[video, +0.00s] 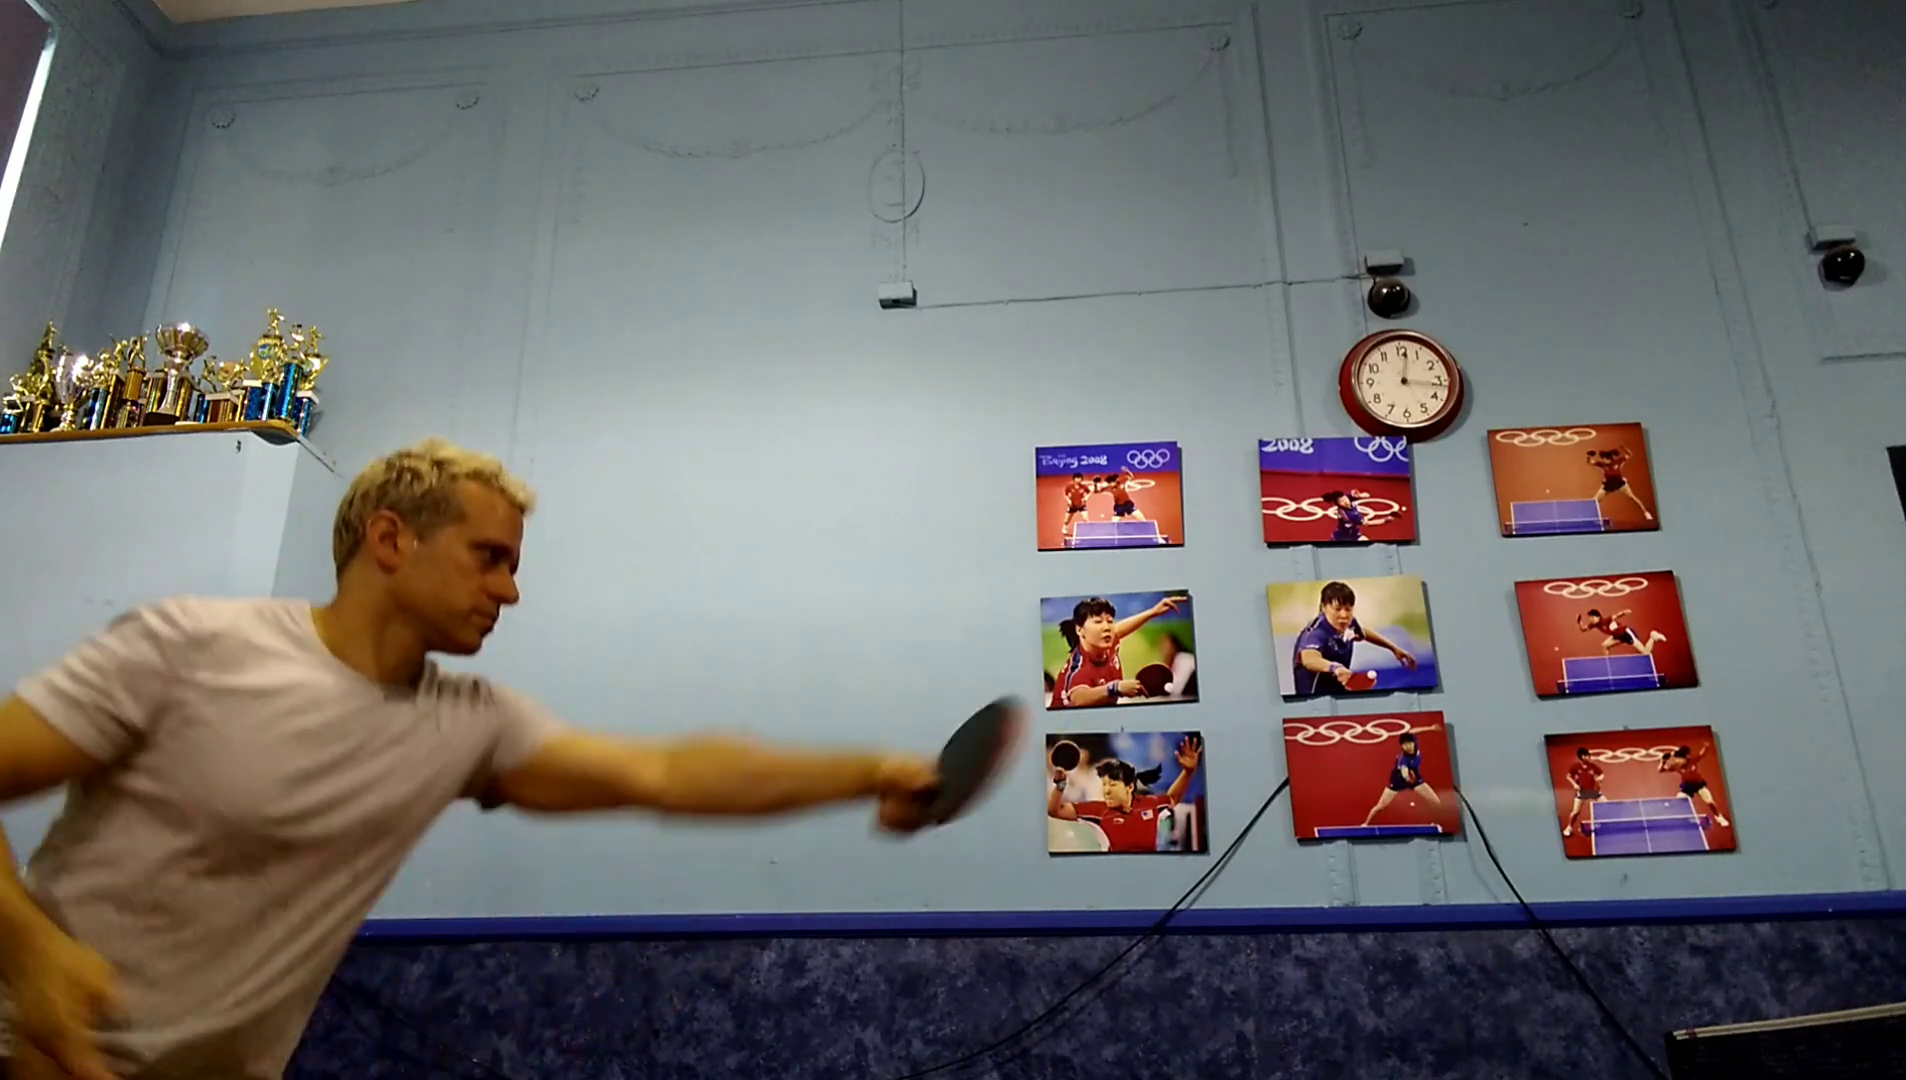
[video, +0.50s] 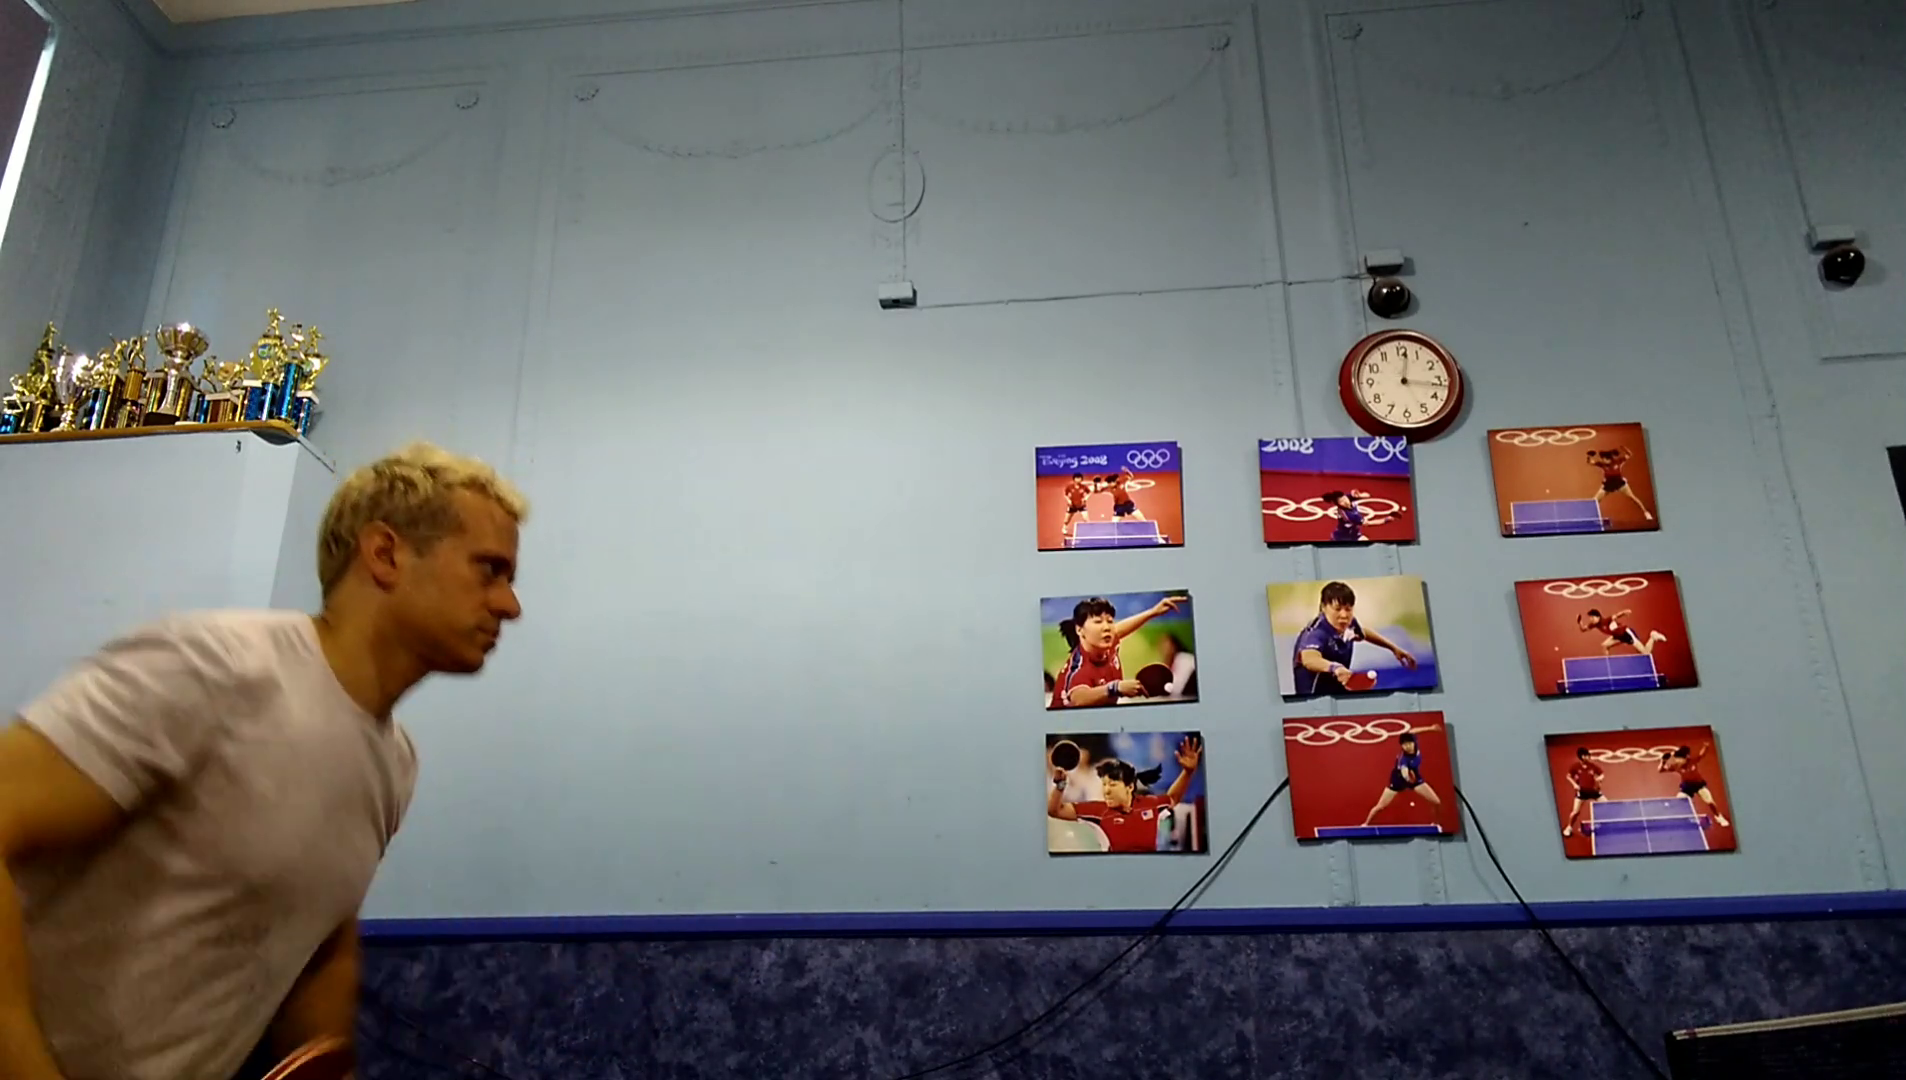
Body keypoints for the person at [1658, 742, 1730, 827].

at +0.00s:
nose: (1686, 759)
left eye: (1686, 757)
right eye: (1684, 758)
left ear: (1687, 757)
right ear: (1678, 758)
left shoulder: (1693, 761)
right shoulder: (1676, 766)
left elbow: (1701, 755)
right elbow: (1661, 771)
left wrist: (1705, 748)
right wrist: (1663, 761)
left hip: (1699, 784)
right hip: (1686, 785)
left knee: (1710, 802)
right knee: (1679, 802)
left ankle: (1718, 816)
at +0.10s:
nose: (1678, 762)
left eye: (1680, 759)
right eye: (1677, 760)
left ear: (1686, 757)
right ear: (1676, 759)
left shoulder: (1693, 761)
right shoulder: (1676, 766)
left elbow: (1701, 755)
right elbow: (1661, 770)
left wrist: (1705, 747)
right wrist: (1663, 761)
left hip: (1699, 784)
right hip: (1686, 786)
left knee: (1710, 802)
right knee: (1679, 803)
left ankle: (1718, 816)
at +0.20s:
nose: (1679, 761)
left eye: (1680, 759)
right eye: (1677, 759)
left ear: (1686, 757)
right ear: (1676, 758)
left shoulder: (1693, 761)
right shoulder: (1676, 766)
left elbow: (1701, 755)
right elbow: (1661, 770)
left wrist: (1705, 747)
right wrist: (1663, 760)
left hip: (1699, 784)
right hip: (1686, 786)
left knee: (1710, 802)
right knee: (1679, 803)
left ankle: (1718, 816)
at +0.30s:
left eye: (1687, 756)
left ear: (1687, 757)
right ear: (1677, 758)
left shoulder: (1693, 761)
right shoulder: (1676, 766)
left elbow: (1701, 755)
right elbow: (1661, 770)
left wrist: (1705, 747)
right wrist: (1663, 760)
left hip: (1699, 784)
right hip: (1686, 786)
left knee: (1710, 802)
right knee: (1678, 802)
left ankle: (1718, 816)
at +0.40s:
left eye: (1687, 756)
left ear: (1687, 757)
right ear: (1677, 758)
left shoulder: (1693, 761)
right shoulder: (1676, 766)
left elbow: (1701, 755)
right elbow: (1661, 770)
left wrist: (1705, 747)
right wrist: (1663, 760)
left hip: (1699, 784)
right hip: (1686, 786)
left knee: (1710, 802)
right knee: (1678, 802)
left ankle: (1718, 816)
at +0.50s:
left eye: (1687, 756)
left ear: (1687, 757)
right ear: (1677, 758)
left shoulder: (1693, 761)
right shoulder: (1676, 766)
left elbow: (1701, 755)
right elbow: (1661, 770)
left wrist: (1705, 747)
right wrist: (1663, 760)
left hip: (1699, 784)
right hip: (1686, 786)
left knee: (1710, 802)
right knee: (1678, 802)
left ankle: (1718, 816)